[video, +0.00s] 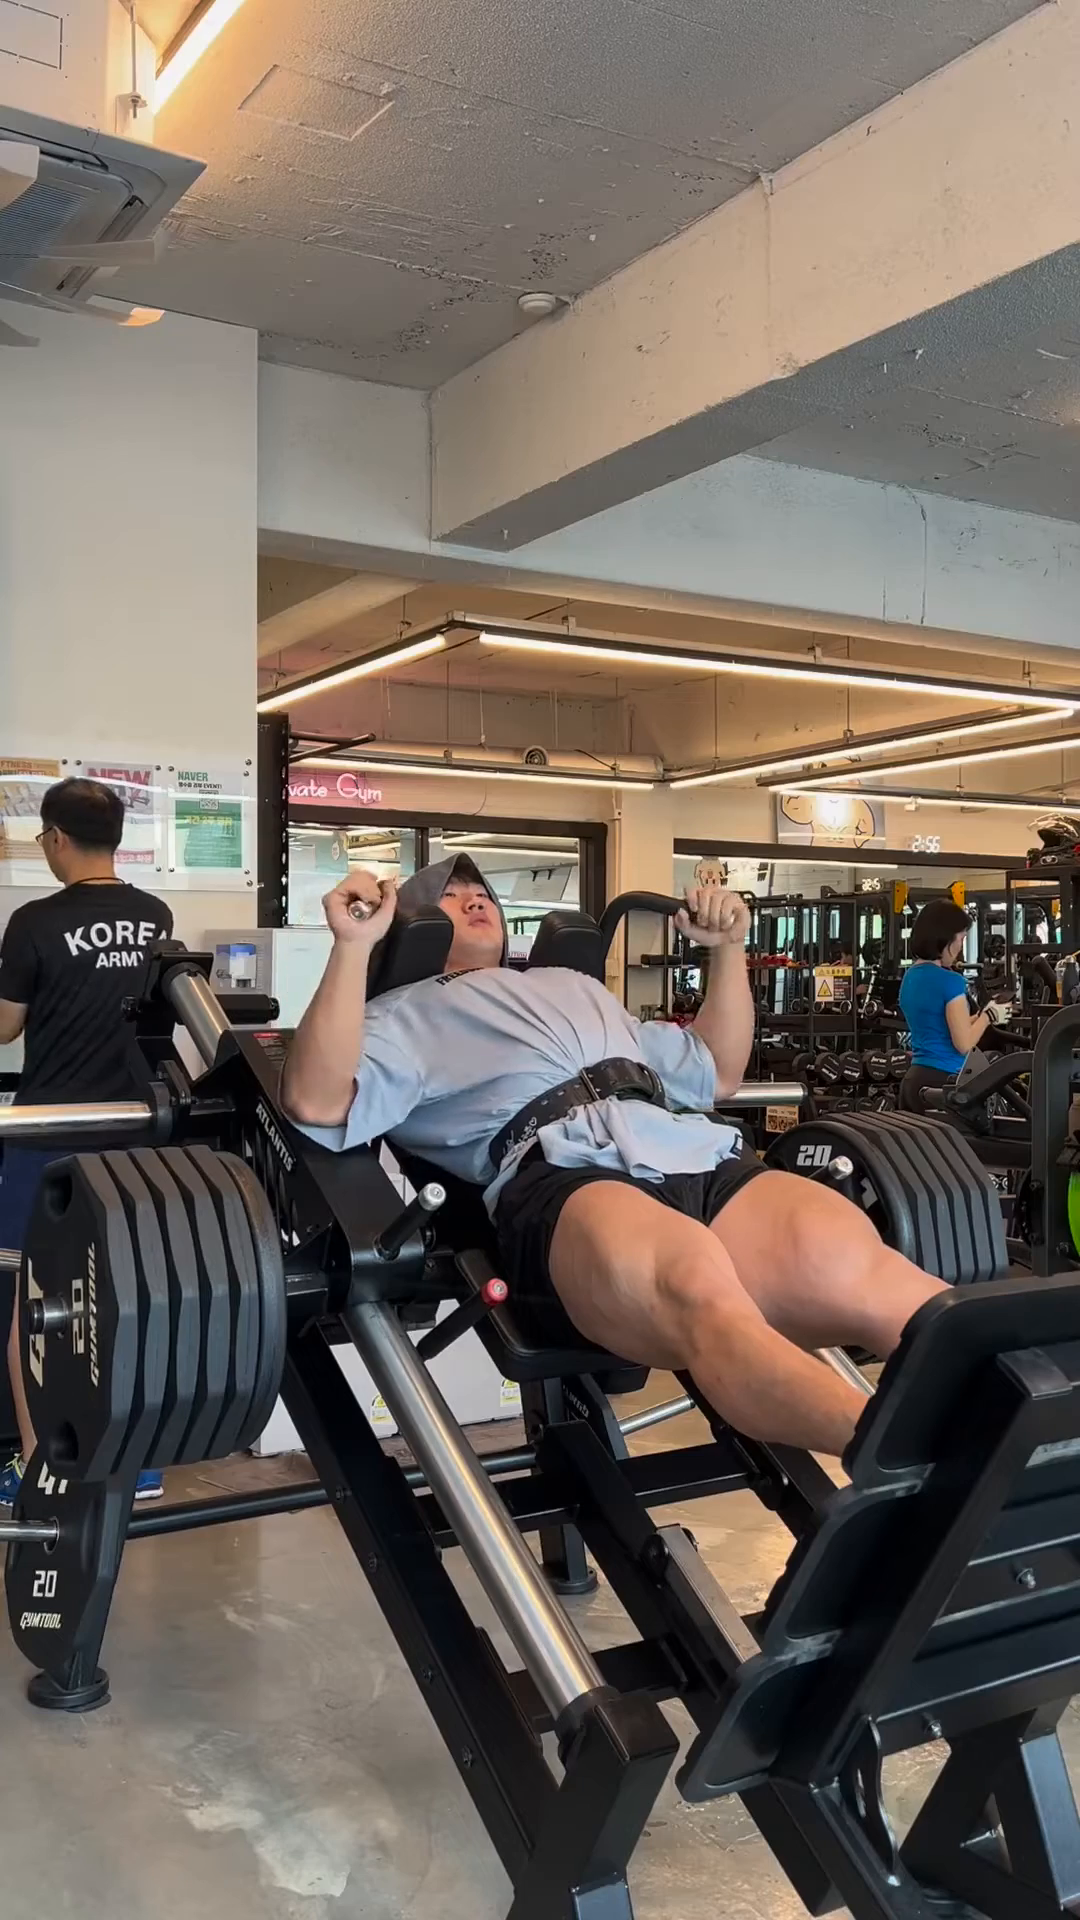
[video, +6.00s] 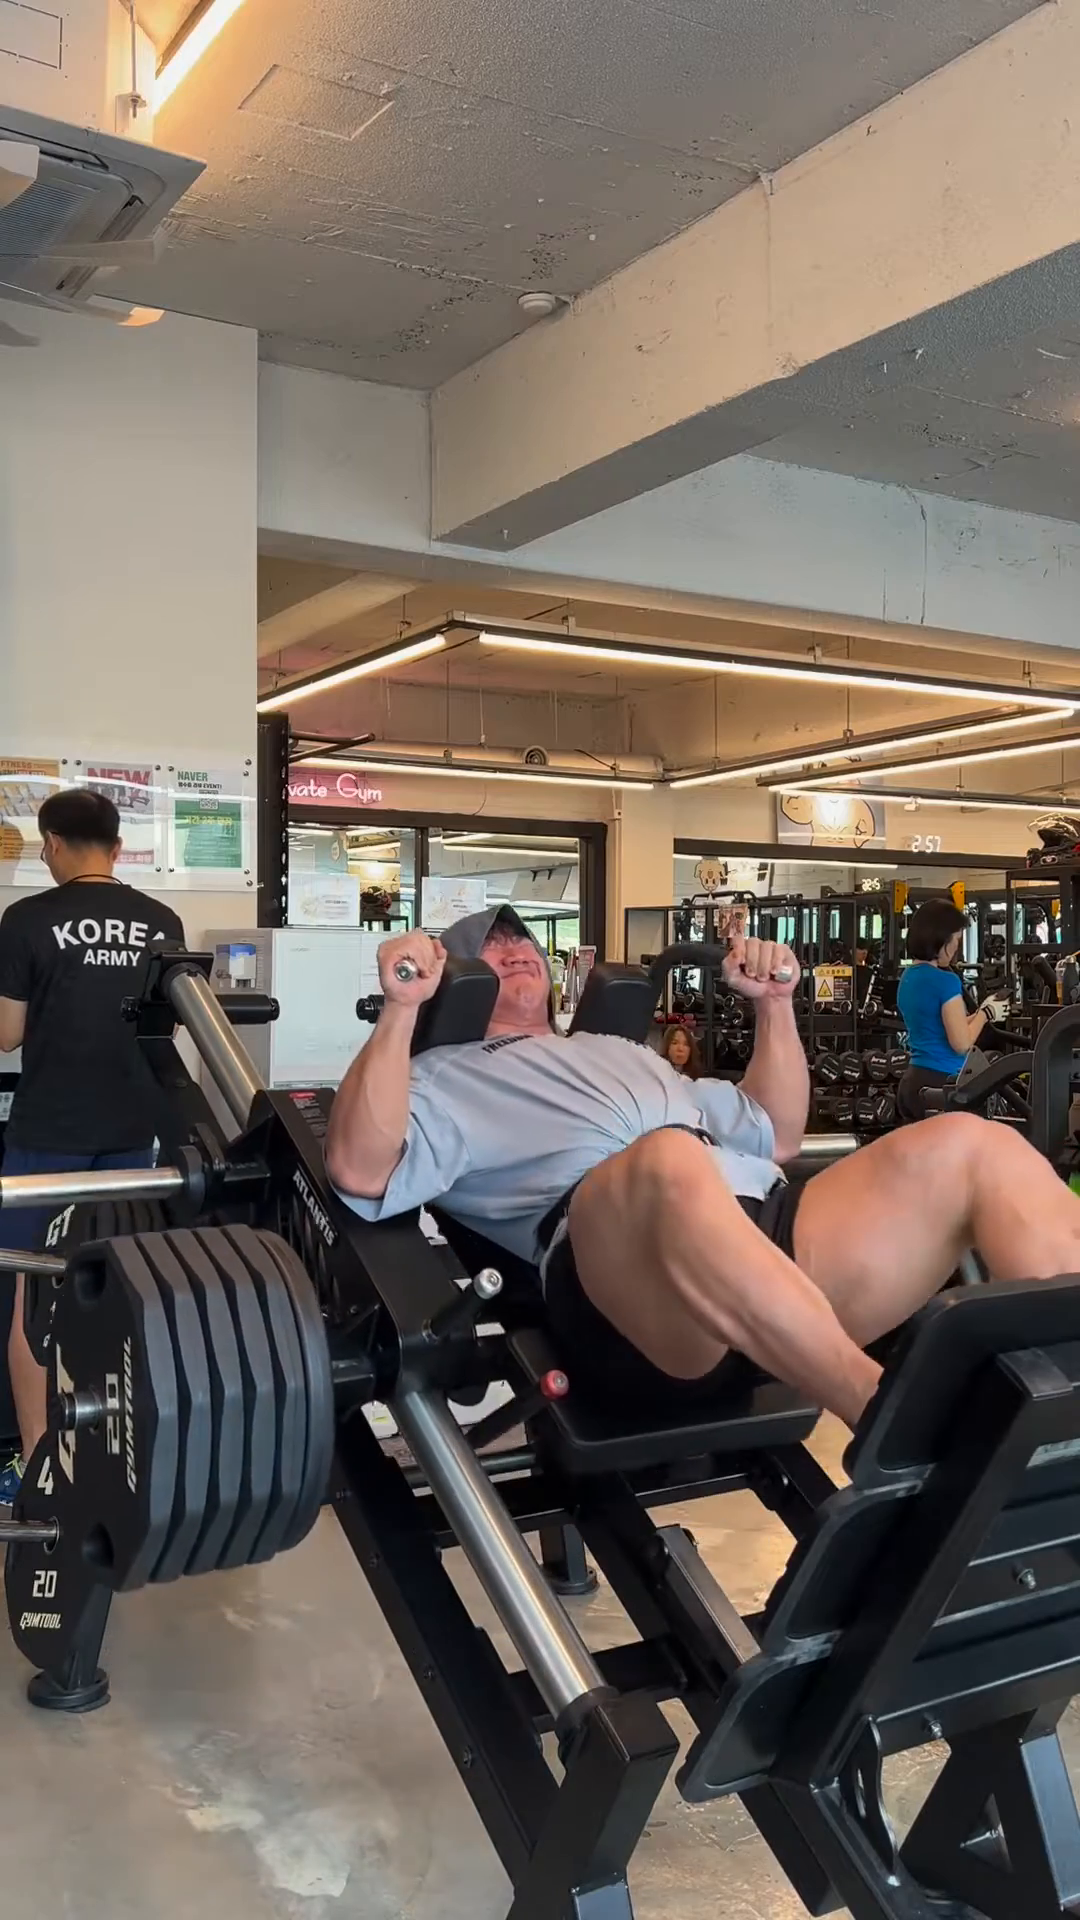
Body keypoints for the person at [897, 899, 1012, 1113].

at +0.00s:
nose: (961, 946)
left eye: (963, 939)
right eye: (960, 938)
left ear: (928, 934)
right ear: (946, 939)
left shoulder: (909, 978)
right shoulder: (950, 981)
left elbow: (931, 1032)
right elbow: (964, 1043)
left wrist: (975, 1017)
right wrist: (990, 1015)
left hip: (915, 1076)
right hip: (947, 1081)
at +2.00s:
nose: (959, 946)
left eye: (960, 939)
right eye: (958, 939)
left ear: (924, 936)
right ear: (944, 940)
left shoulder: (907, 978)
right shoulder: (948, 981)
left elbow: (929, 1034)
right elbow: (963, 1043)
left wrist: (973, 1013)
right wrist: (987, 1014)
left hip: (914, 1078)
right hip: (946, 1084)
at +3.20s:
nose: (958, 947)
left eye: (959, 940)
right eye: (957, 940)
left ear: (923, 935)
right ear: (943, 940)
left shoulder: (907, 978)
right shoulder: (946, 981)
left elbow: (931, 1034)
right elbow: (961, 1043)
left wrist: (976, 1015)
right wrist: (986, 1015)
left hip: (914, 1077)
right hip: (945, 1082)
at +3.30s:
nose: (958, 947)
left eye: (959, 941)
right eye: (957, 940)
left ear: (923, 936)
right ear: (943, 941)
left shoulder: (907, 978)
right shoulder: (946, 981)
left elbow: (934, 1033)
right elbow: (961, 1043)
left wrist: (975, 1016)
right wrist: (987, 1015)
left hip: (917, 1074)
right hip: (947, 1079)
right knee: (997, 1058)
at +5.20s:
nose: (959, 946)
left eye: (960, 939)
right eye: (958, 939)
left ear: (924, 937)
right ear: (943, 941)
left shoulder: (909, 977)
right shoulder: (948, 981)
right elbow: (963, 1043)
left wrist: (980, 1012)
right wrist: (988, 1013)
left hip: (917, 1073)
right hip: (948, 1080)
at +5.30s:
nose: (958, 947)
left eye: (959, 941)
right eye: (957, 940)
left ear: (923, 936)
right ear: (944, 942)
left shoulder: (908, 978)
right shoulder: (947, 981)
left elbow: (932, 1032)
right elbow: (963, 1042)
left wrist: (976, 1013)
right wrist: (986, 1012)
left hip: (916, 1073)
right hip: (947, 1079)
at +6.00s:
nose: (957, 947)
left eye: (958, 941)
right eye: (956, 940)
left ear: (922, 936)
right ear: (942, 941)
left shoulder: (908, 978)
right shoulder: (946, 981)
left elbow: (933, 1032)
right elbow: (961, 1043)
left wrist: (976, 1014)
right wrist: (986, 1014)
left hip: (915, 1078)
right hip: (947, 1085)